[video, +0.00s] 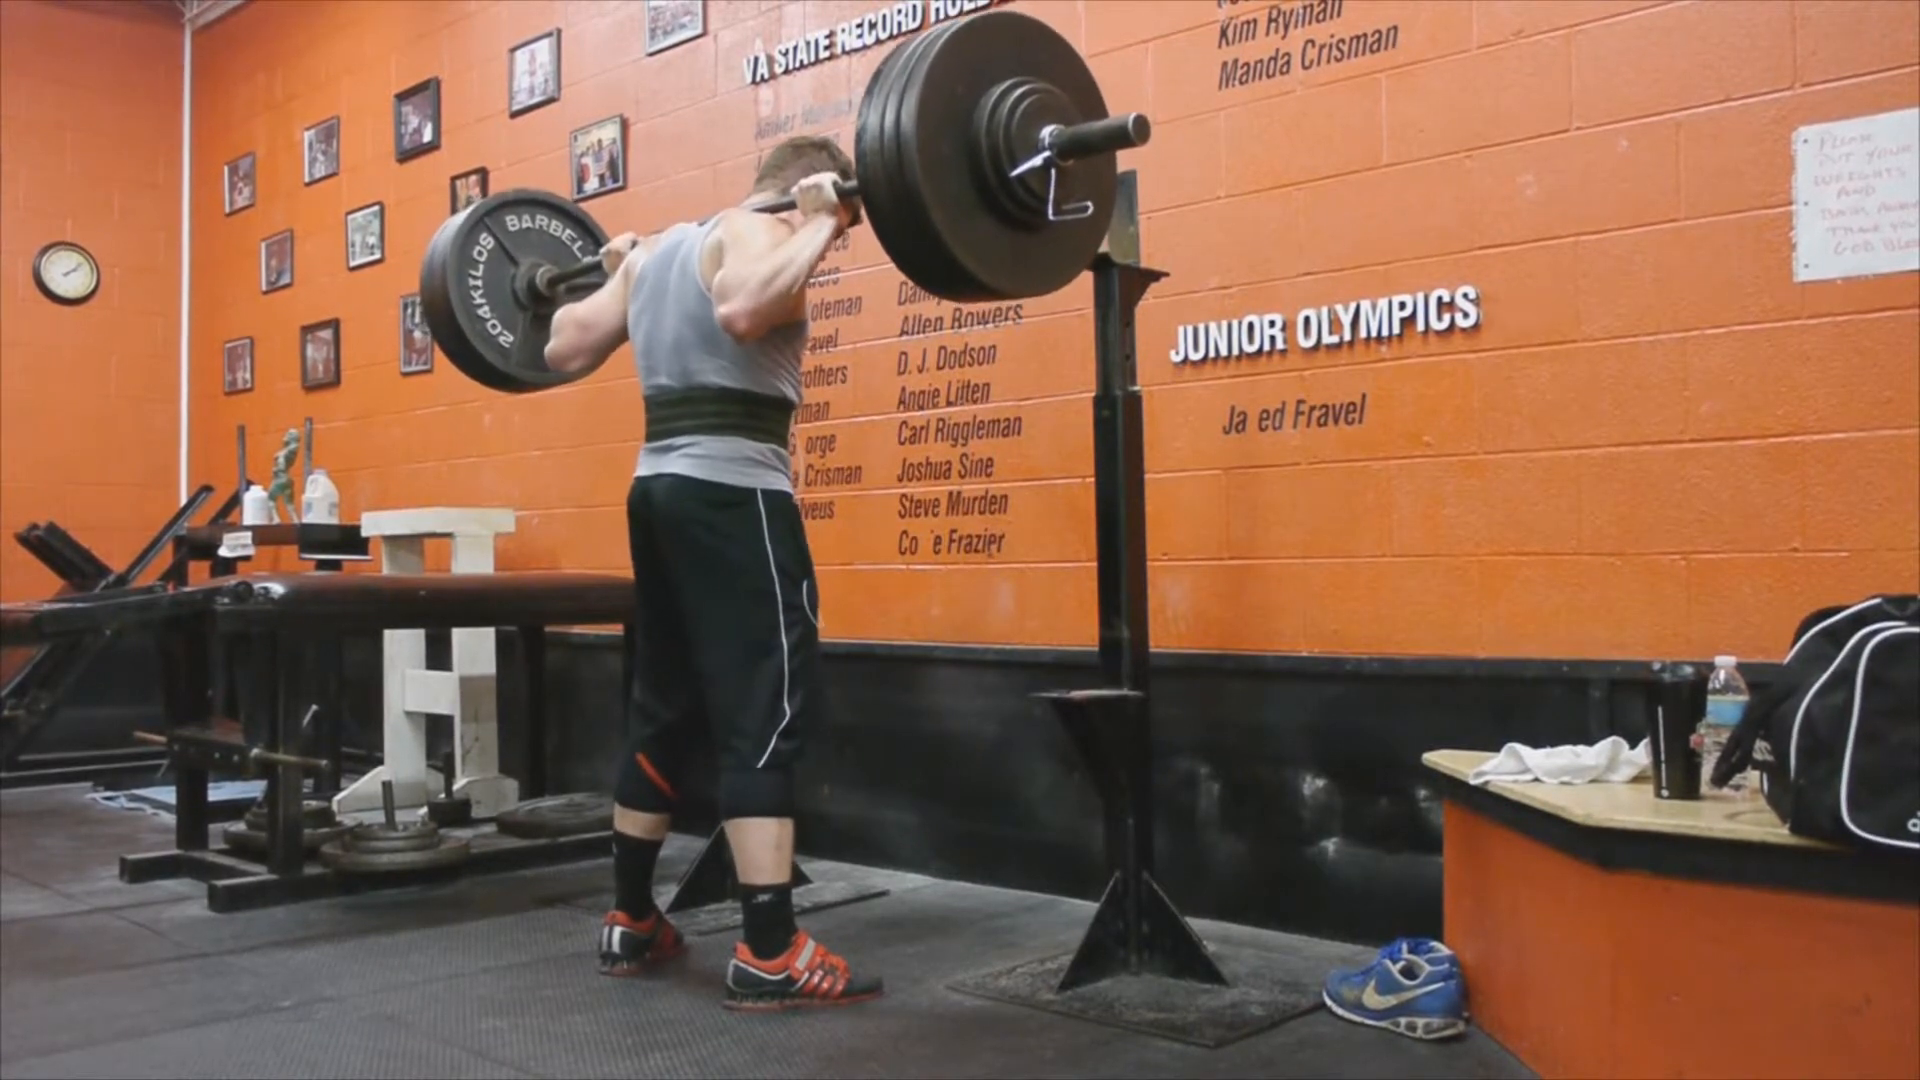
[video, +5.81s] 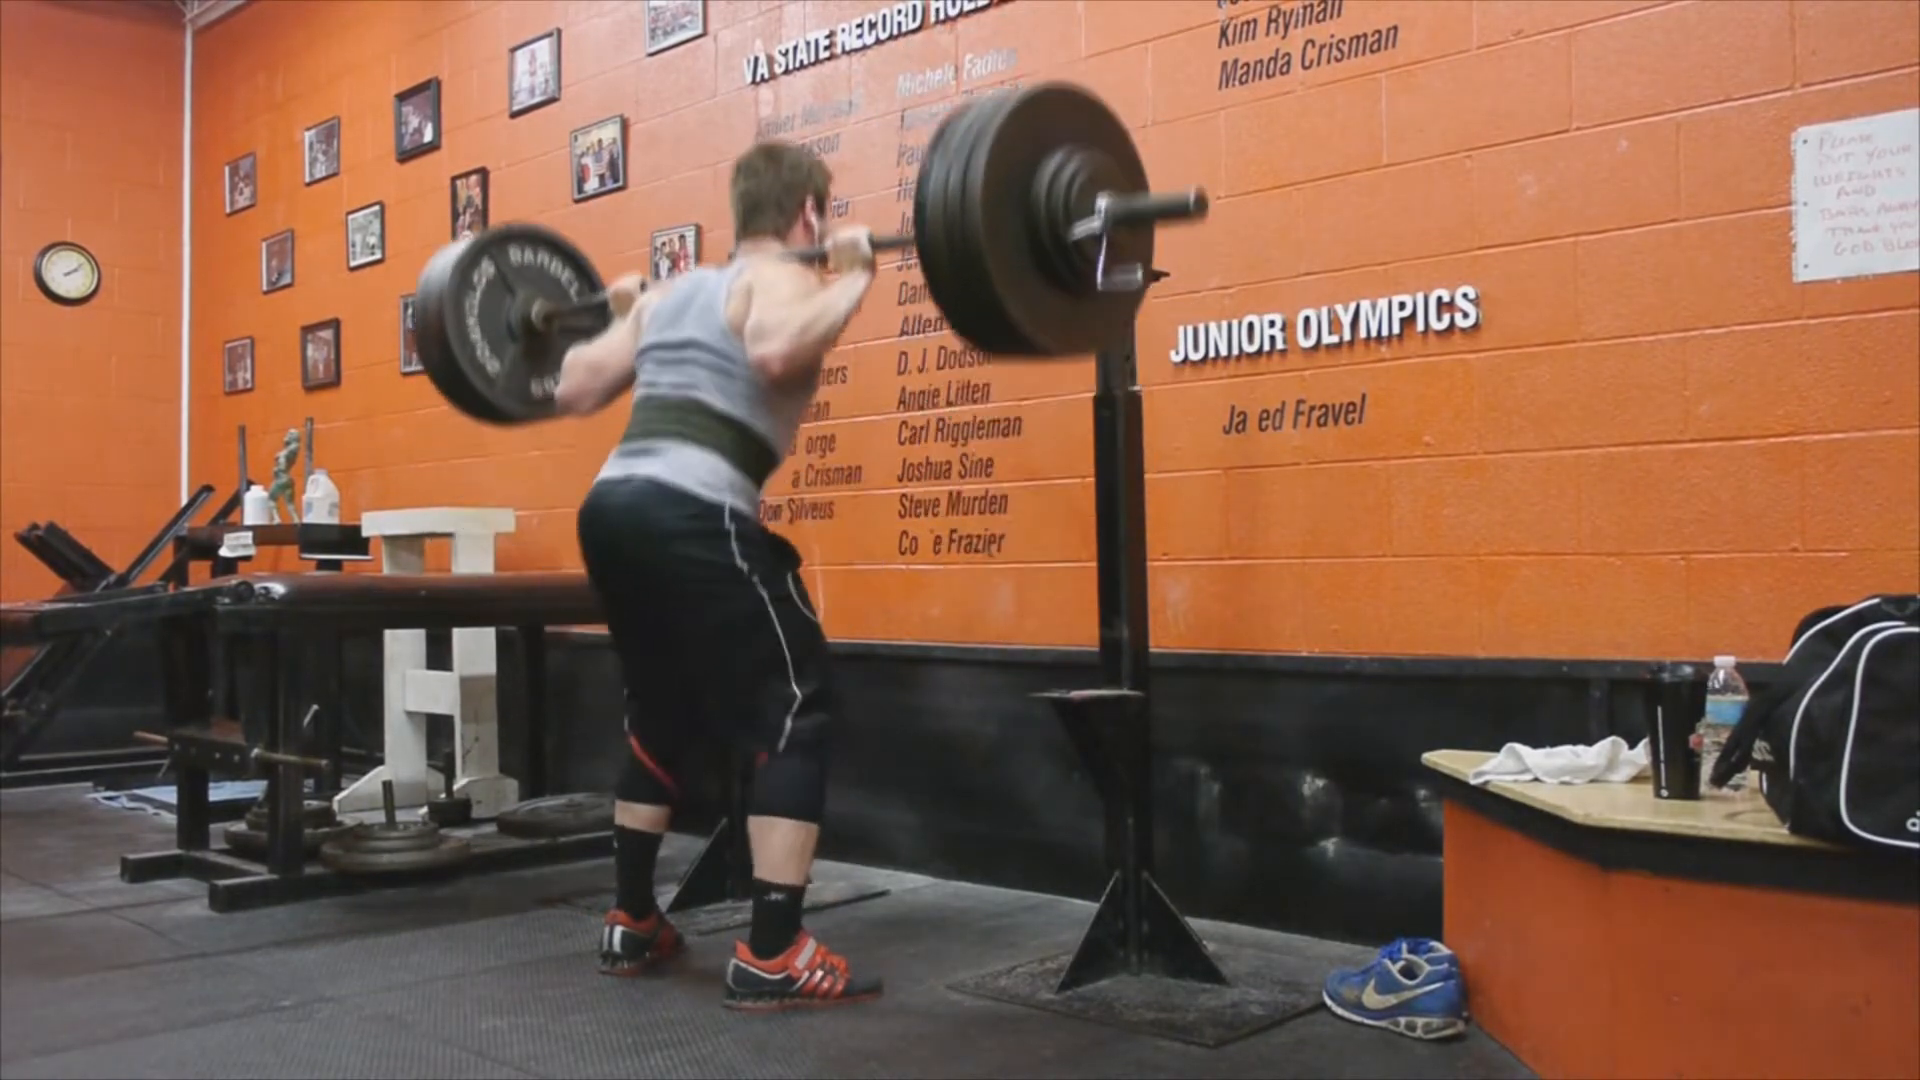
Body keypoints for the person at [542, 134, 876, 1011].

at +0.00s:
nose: (838, 237)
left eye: (845, 224)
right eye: (838, 219)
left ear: (756, 184)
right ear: (810, 196)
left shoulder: (659, 254)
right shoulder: (764, 231)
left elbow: (562, 346)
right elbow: (742, 311)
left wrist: (614, 275)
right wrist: (820, 226)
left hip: (660, 497)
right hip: (736, 498)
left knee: (667, 710)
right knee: (764, 714)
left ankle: (631, 921)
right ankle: (770, 947)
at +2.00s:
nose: (832, 201)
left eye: (835, 183)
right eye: (828, 182)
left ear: (739, 167)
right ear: (804, 173)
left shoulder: (666, 240)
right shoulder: (770, 212)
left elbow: (572, 335)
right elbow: (759, 295)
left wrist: (617, 262)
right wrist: (833, 205)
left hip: (656, 487)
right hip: (731, 489)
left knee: (661, 710)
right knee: (758, 713)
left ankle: (631, 920)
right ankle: (769, 946)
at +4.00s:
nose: (830, 255)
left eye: (831, 242)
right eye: (828, 242)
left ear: (741, 241)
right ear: (806, 240)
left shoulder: (671, 314)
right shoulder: (777, 301)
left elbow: (572, 412)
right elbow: (762, 373)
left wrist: (618, 336)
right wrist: (845, 300)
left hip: (607, 538)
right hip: (691, 543)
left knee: (659, 716)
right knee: (815, 725)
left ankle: (632, 921)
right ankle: (775, 948)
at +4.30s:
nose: (834, 340)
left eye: (832, 325)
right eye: (831, 326)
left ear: (744, 332)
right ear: (809, 331)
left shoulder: (680, 405)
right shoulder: (787, 395)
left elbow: (583, 513)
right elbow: (777, 485)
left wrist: (634, 427)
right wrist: (856, 402)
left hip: (596, 621)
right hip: (686, 628)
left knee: (661, 733)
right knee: (850, 753)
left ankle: (633, 919)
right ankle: (776, 950)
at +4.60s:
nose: (835, 435)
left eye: (835, 422)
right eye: (833, 421)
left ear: (743, 428)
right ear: (813, 426)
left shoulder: (678, 500)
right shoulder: (789, 498)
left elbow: (592, 607)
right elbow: (787, 593)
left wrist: (636, 519)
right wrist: (864, 505)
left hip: (598, 722)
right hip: (693, 730)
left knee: (685, 750)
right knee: (870, 779)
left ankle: (633, 918)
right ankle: (777, 951)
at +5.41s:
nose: (832, 363)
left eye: (833, 353)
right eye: (830, 351)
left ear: (742, 351)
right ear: (810, 350)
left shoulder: (668, 416)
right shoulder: (786, 407)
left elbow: (560, 503)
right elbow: (765, 479)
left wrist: (621, 435)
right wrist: (853, 413)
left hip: (571, 600)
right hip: (666, 608)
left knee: (651, 738)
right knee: (822, 740)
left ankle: (632, 919)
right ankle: (775, 950)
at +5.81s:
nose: (825, 229)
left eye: (822, 215)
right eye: (824, 216)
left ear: (740, 217)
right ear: (806, 214)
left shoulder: (670, 293)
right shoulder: (785, 279)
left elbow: (573, 389)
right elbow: (773, 348)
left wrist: (615, 312)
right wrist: (853, 275)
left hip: (612, 509)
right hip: (697, 517)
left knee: (665, 703)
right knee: (795, 708)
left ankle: (633, 919)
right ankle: (774, 946)